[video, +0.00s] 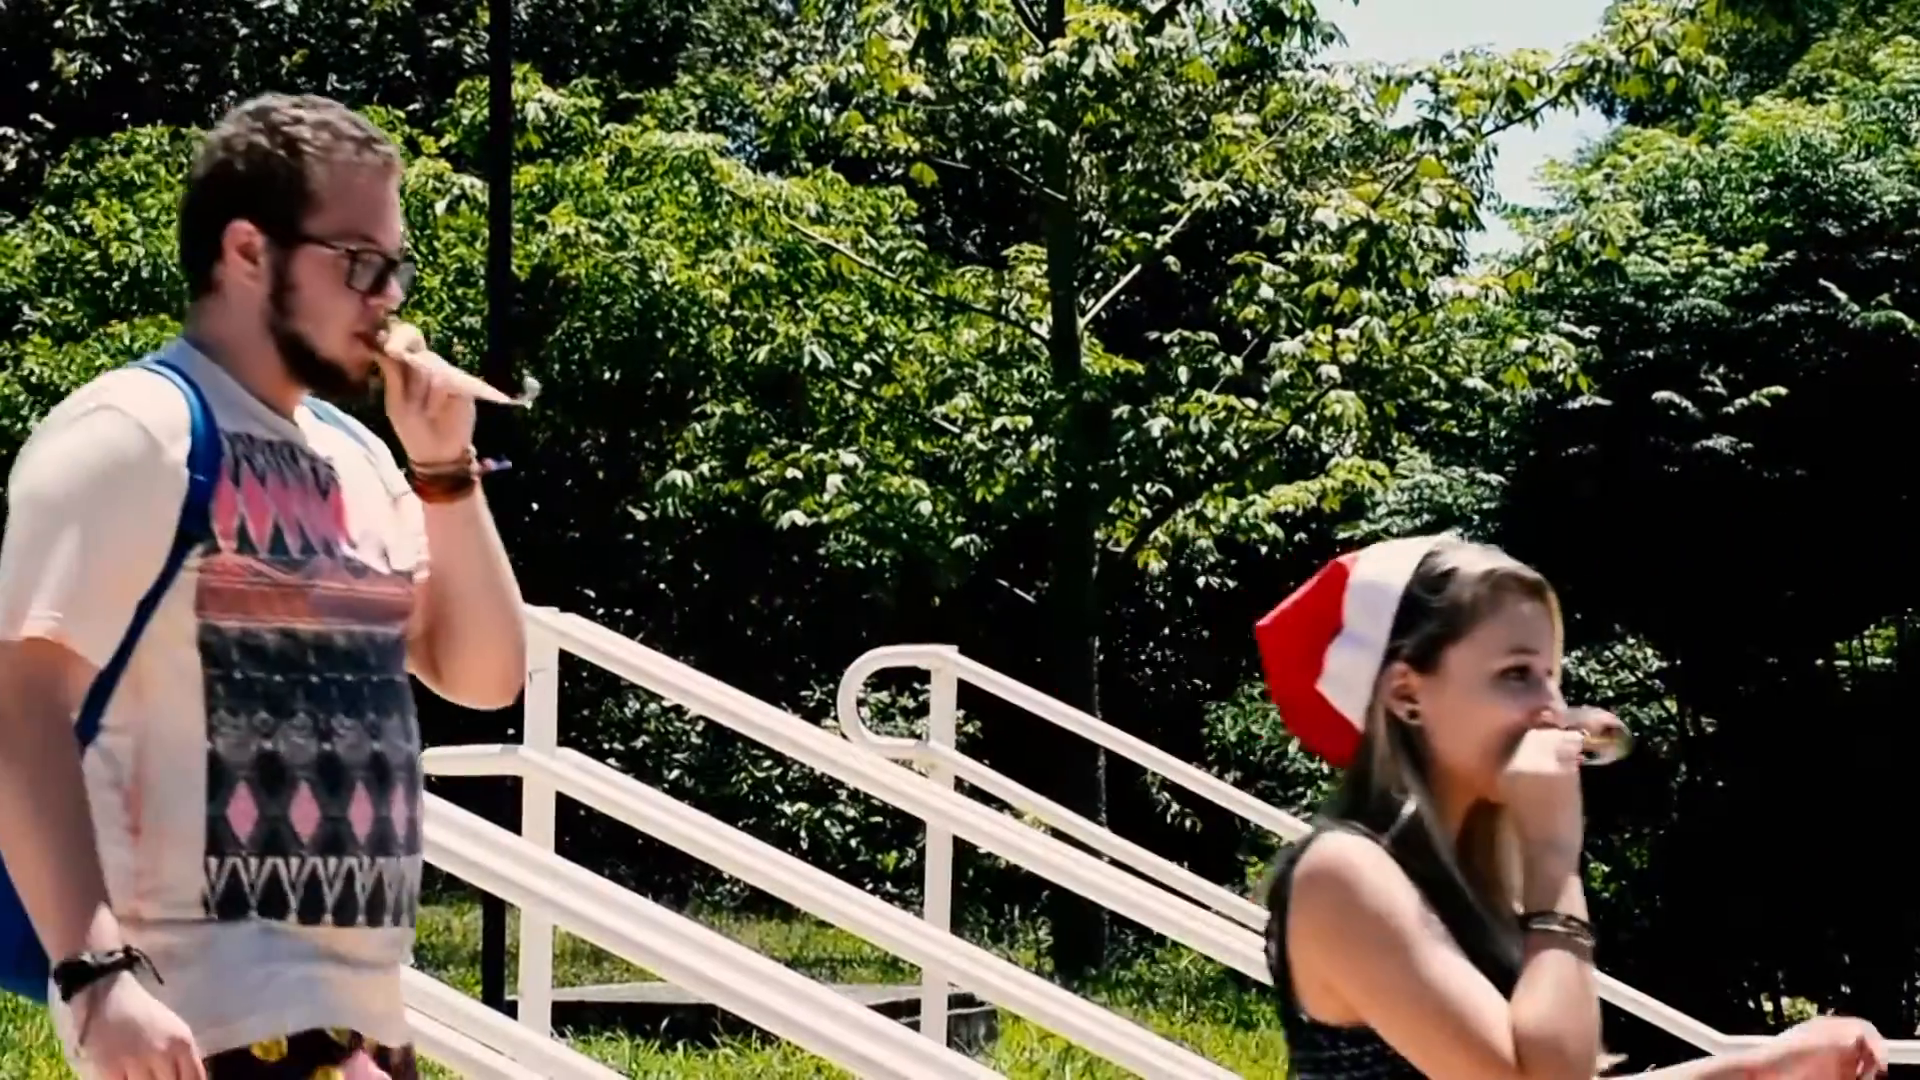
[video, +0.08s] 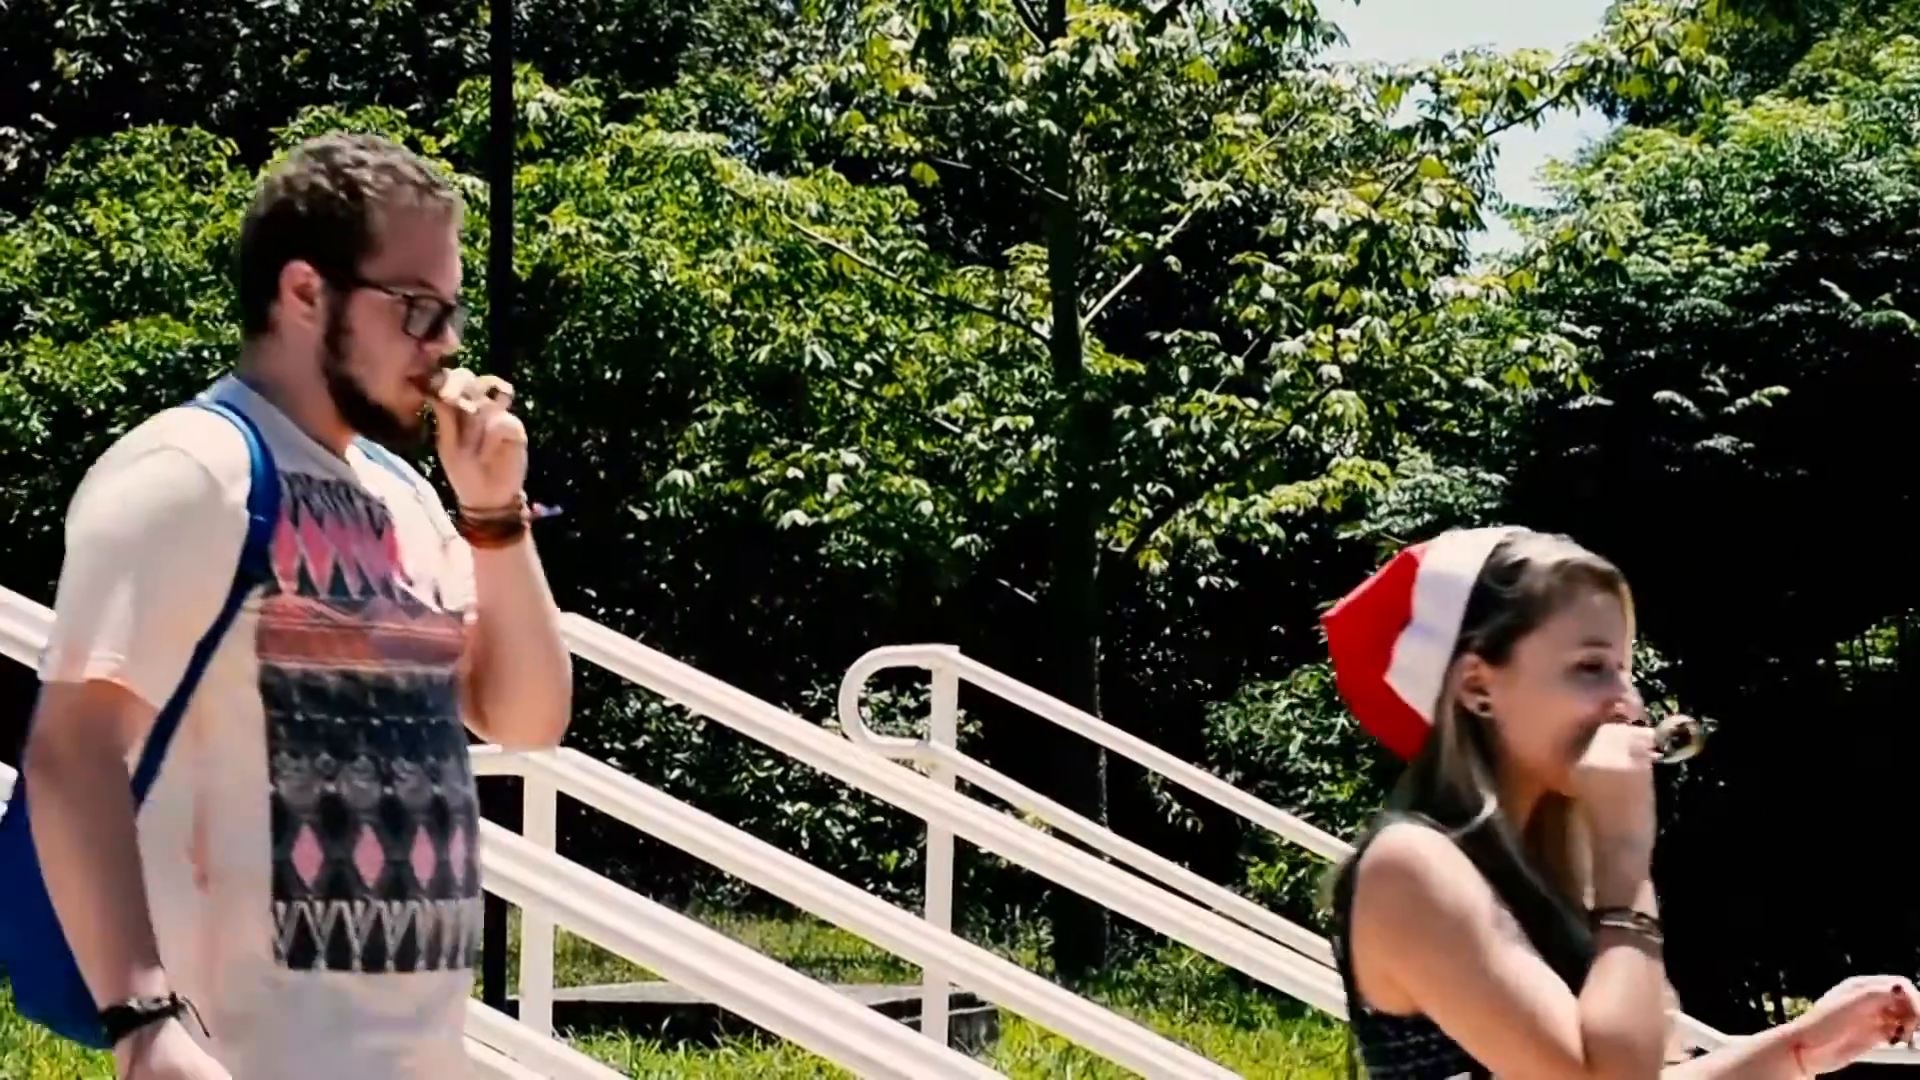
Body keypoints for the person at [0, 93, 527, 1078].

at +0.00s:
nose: (391, 298)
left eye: (395, 267)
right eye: (366, 262)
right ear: (249, 253)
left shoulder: (365, 459)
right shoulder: (125, 437)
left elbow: (483, 679)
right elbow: (25, 706)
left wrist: (447, 468)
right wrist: (94, 975)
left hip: (361, 1002)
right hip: (203, 1013)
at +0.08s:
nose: (447, 343)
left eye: (452, 311)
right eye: (418, 305)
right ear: (303, 294)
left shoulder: (410, 494)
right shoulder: (181, 477)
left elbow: (527, 720)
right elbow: (73, 746)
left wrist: (495, 517)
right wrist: (143, 1017)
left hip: (422, 1038)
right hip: (245, 1043)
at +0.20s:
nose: (515, 409)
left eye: (521, 377)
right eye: (487, 372)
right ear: (374, 366)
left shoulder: (479, 569)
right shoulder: (257, 549)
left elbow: (605, 786)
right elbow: (155, 833)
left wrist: (572, 581)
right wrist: (204, 1064)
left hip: (518, 1049)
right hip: (324, 1053)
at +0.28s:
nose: (567, 429)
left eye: (573, 397)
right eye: (539, 393)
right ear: (423, 385)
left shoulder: (527, 585)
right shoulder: (312, 574)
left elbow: (655, 801)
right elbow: (213, 865)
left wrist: (625, 595)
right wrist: (261, 1067)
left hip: (552, 1053)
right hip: (363, 1057)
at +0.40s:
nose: (630, 412)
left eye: (634, 380)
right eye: (601, 375)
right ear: (485, 371)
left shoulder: (593, 571)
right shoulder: (370, 558)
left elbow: (726, 791)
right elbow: (272, 849)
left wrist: (690, 583)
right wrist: (336, 1066)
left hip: (614, 1052)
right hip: (426, 1054)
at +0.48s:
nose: (675, 404)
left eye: (677, 371)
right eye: (643, 366)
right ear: (528, 362)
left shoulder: (635, 564)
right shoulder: (410, 548)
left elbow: (767, 786)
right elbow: (311, 838)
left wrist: (733, 577)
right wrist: (373, 1067)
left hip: (651, 1052)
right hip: (463, 1054)